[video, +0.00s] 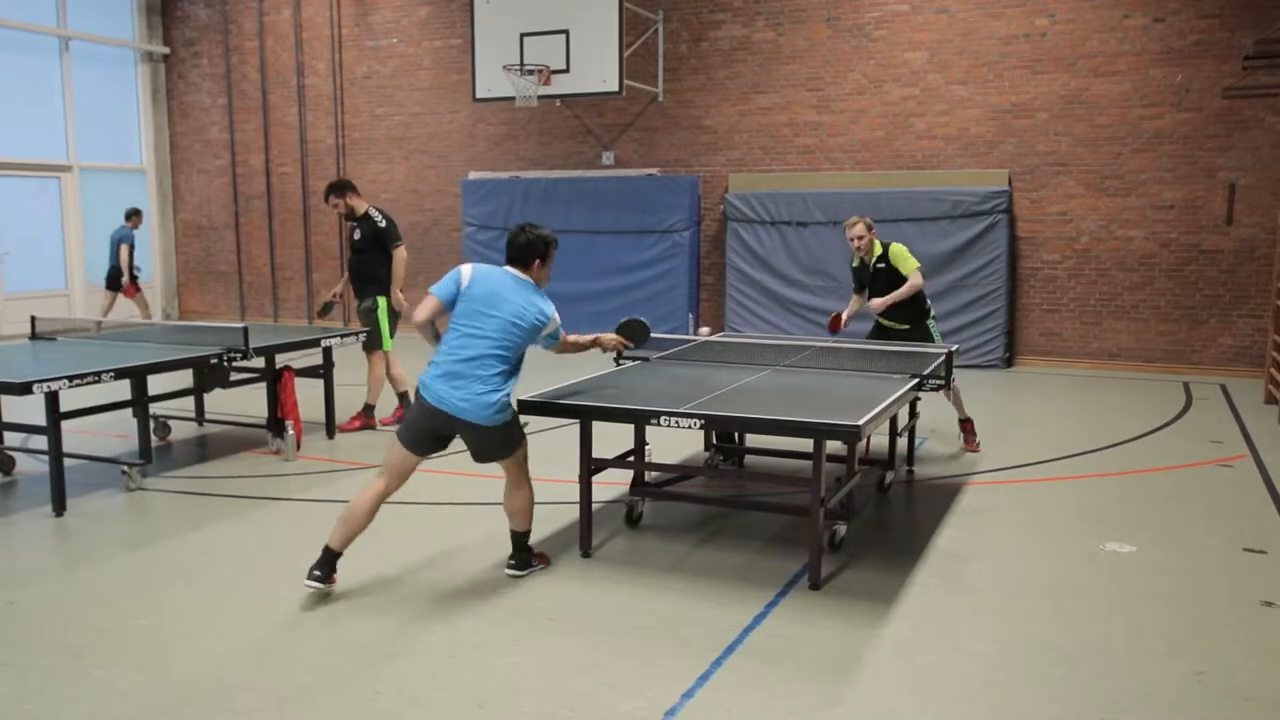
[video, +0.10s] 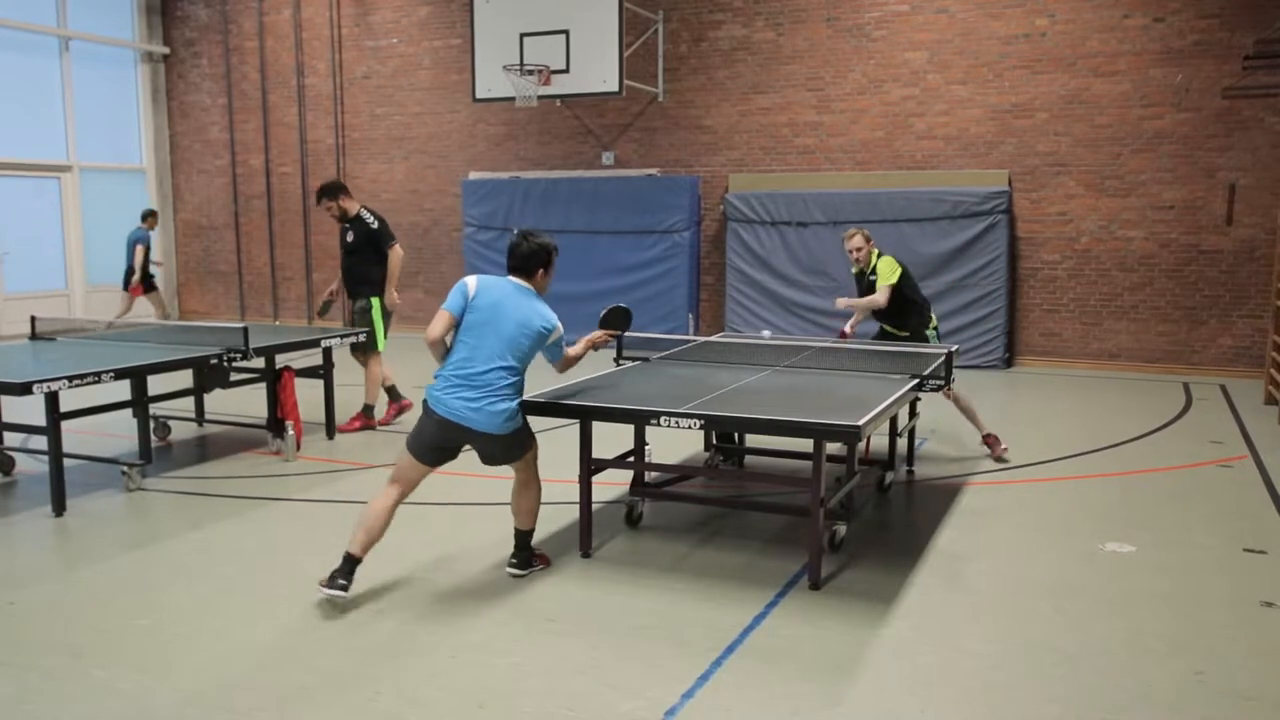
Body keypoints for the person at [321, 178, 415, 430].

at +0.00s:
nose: (337, 212)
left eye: (336, 205)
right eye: (334, 208)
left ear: (349, 196)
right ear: (345, 200)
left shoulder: (379, 219)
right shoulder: (355, 224)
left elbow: (400, 253)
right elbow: (357, 261)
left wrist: (395, 290)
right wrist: (342, 285)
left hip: (380, 296)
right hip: (366, 297)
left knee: (375, 353)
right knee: (384, 353)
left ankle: (368, 412)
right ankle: (407, 404)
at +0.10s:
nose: (329, 214)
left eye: (330, 208)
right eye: (326, 210)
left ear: (343, 199)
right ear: (338, 203)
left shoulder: (371, 220)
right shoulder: (347, 224)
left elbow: (396, 252)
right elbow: (353, 261)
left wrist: (390, 289)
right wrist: (337, 285)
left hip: (373, 297)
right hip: (357, 297)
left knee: (372, 353)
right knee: (359, 351)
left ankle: (368, 413)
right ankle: (397, 398)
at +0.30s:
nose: (316, 216)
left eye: (316, 210)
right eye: (312, 212)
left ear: (328, 201)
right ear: (321, 205)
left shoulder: (354, 218)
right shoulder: (332, 223)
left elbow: (387, 239)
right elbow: (339, 256)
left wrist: (376, 274)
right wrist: (329, 282)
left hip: (362, 295)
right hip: (344, 296)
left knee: (365, 352)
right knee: (337, 347)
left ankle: (368, 412)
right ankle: (355, 400)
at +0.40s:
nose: (308, 216)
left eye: (308, 209)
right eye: (304, 211)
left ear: (322, 200)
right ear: (315, 205)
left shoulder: (346, 217)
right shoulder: (325, 223)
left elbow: (383, 236)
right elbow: (335, 257)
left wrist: (375, 269)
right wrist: (325, 286)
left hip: (356, 293)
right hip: (338, 295)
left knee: (362, 354)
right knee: (335, 352)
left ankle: (367, 412)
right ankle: (331, 407)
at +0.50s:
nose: (301, 215)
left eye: (301, 208)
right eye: (297, 210)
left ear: (315, 200)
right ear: (303, 206)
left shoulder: (338, 218)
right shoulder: (315, 224)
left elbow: (375, 235)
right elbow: (321, 259)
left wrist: (371, 270)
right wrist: (312, 288)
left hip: (351, 293)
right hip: (331, 296)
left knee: (358, 353)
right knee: (331, 354)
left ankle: (367, 412)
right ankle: (327, 406)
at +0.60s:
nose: (293, 215)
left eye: (294, 208)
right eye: (289, 211)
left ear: (307, 200)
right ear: (292, 208)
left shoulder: (333, 218)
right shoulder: (306, 227)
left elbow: (368, 240)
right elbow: (310, 260)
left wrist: (362, 272)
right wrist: (299, 293)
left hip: (346, 292)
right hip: (325, 295)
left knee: (352, 351)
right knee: (329, 354)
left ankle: (364, 411)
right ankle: (327, 406)